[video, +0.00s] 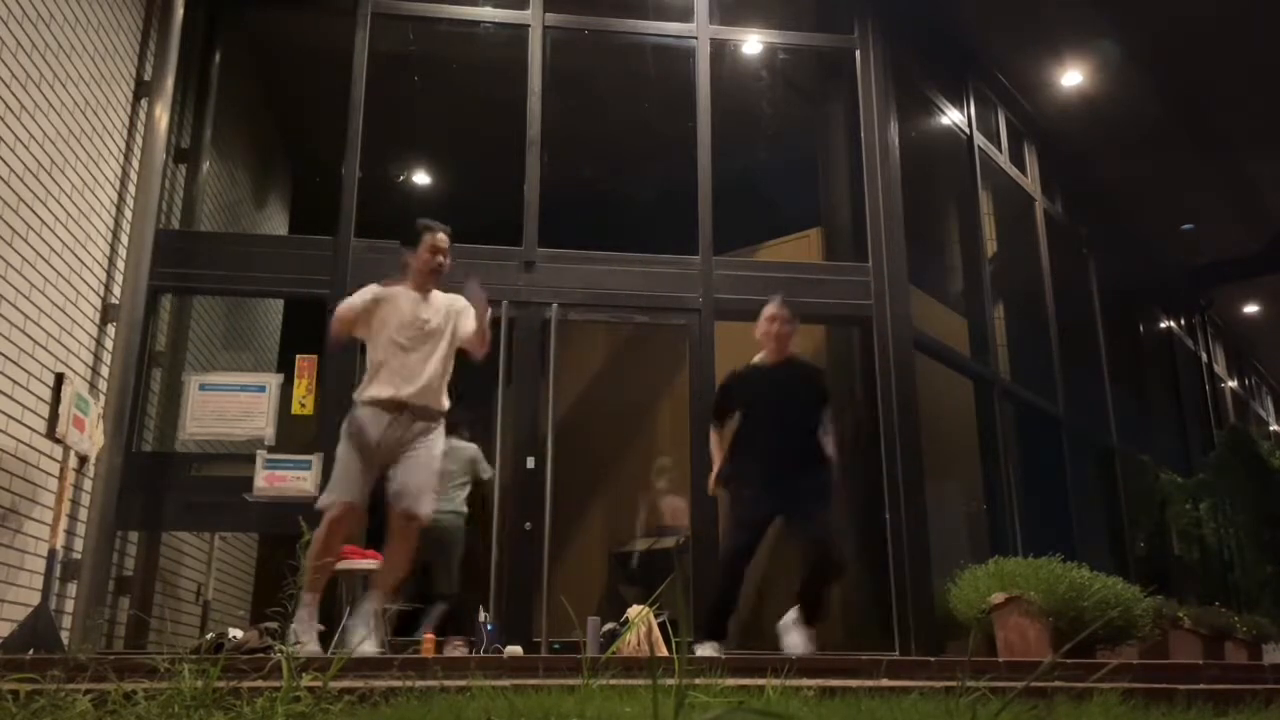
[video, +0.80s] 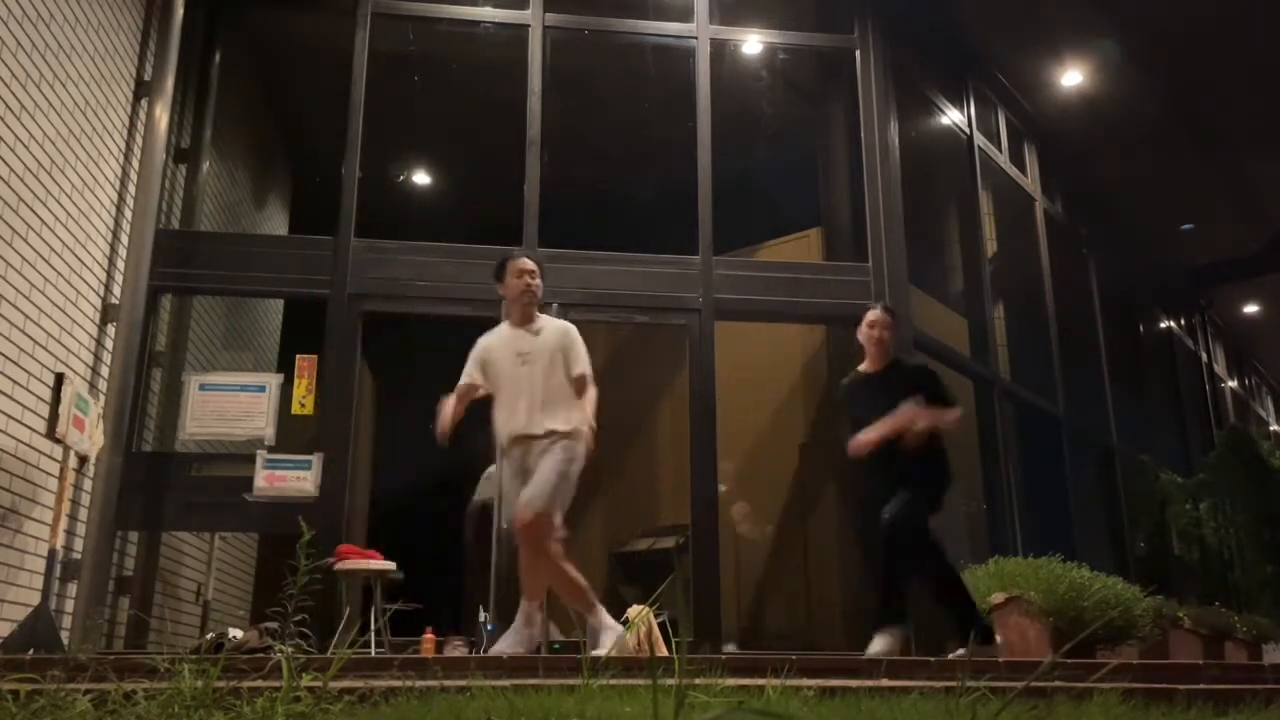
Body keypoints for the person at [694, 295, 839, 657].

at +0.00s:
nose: (777, 328)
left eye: (784, 321)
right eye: (770, 320)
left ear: (795, 329)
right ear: (757, 328)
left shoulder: (812, 376)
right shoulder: (743, 378)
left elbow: (827, 425)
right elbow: (715, 422)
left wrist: (836, 462)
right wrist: (719, 463)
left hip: (804, 479)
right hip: (753, 480)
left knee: (825, 554)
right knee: (734, 558)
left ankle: (799, 620)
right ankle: (711, 638)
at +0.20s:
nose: (774, 335)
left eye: (781, 330)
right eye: (768, 328)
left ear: (791, 337)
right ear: (756, 335)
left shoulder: (803, 380)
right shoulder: (738, 385)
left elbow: (841, 424)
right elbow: (718, 433)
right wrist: (721, 477)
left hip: (792, 484)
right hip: (746, 486)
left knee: (815, 549)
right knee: (734, 558)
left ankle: (785, 612)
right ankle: (712, 639)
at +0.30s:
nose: (793, 313)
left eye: (800, 307)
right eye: (787, 306)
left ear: (811, 314)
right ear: (776, 312)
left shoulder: (824, 361)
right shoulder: (759, 358)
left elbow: (863, 384)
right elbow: (732, 392)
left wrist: (826, 353)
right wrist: (731, 425)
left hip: (816, 462)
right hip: (766, 462)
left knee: (838, 520)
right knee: (745, 542)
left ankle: (815, 598)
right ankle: (715, 628)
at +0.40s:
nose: (816, 308)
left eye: (823, 302)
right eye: (810, 302)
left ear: (835, 308)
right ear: (798, 307)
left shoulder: (850, 342)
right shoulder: (788, 345)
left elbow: (884, 370)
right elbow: (752, 358)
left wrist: (833, 346)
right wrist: (745, 396)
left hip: (841, 452)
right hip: (791, 451)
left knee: (856, 526)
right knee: (757, 514)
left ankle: (850, 612)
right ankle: (747, 600)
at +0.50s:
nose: (836, 323)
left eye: (844, 316)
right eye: (831, 315)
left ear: (856, 324)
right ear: (819, 321)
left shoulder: (868, 366)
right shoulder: (808, 363)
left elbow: (891, 405)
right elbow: (772, 362)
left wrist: (843, 388)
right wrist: (763, 402)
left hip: (861, 472)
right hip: (814, 466)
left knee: (870, 551)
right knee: (770, 510)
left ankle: (866, 635)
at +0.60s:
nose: (859, 329)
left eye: (866, 323)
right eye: (853, 322)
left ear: (876, 332)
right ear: (840, 329)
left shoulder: (889, 382)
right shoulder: (824, 376)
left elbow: (905, 436)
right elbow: (795, 405)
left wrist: (877, 462)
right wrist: (792, 439)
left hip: (874, 481)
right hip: (826, 476)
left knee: (877, 563)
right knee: (811, 545)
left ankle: (865, 639)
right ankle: (857, 569)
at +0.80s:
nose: (877, 333)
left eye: (884, 327)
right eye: (870, 326)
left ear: (894, 334)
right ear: (858, 333)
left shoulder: (917, 374)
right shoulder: (851, 387)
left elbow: (954, 416)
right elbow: (853, 446)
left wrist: (924, 418)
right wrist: (898, 418)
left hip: (925, 475)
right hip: (880, 483)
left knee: (891, 524)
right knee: (927, 556)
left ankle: (891, 626)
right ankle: (977, 633)